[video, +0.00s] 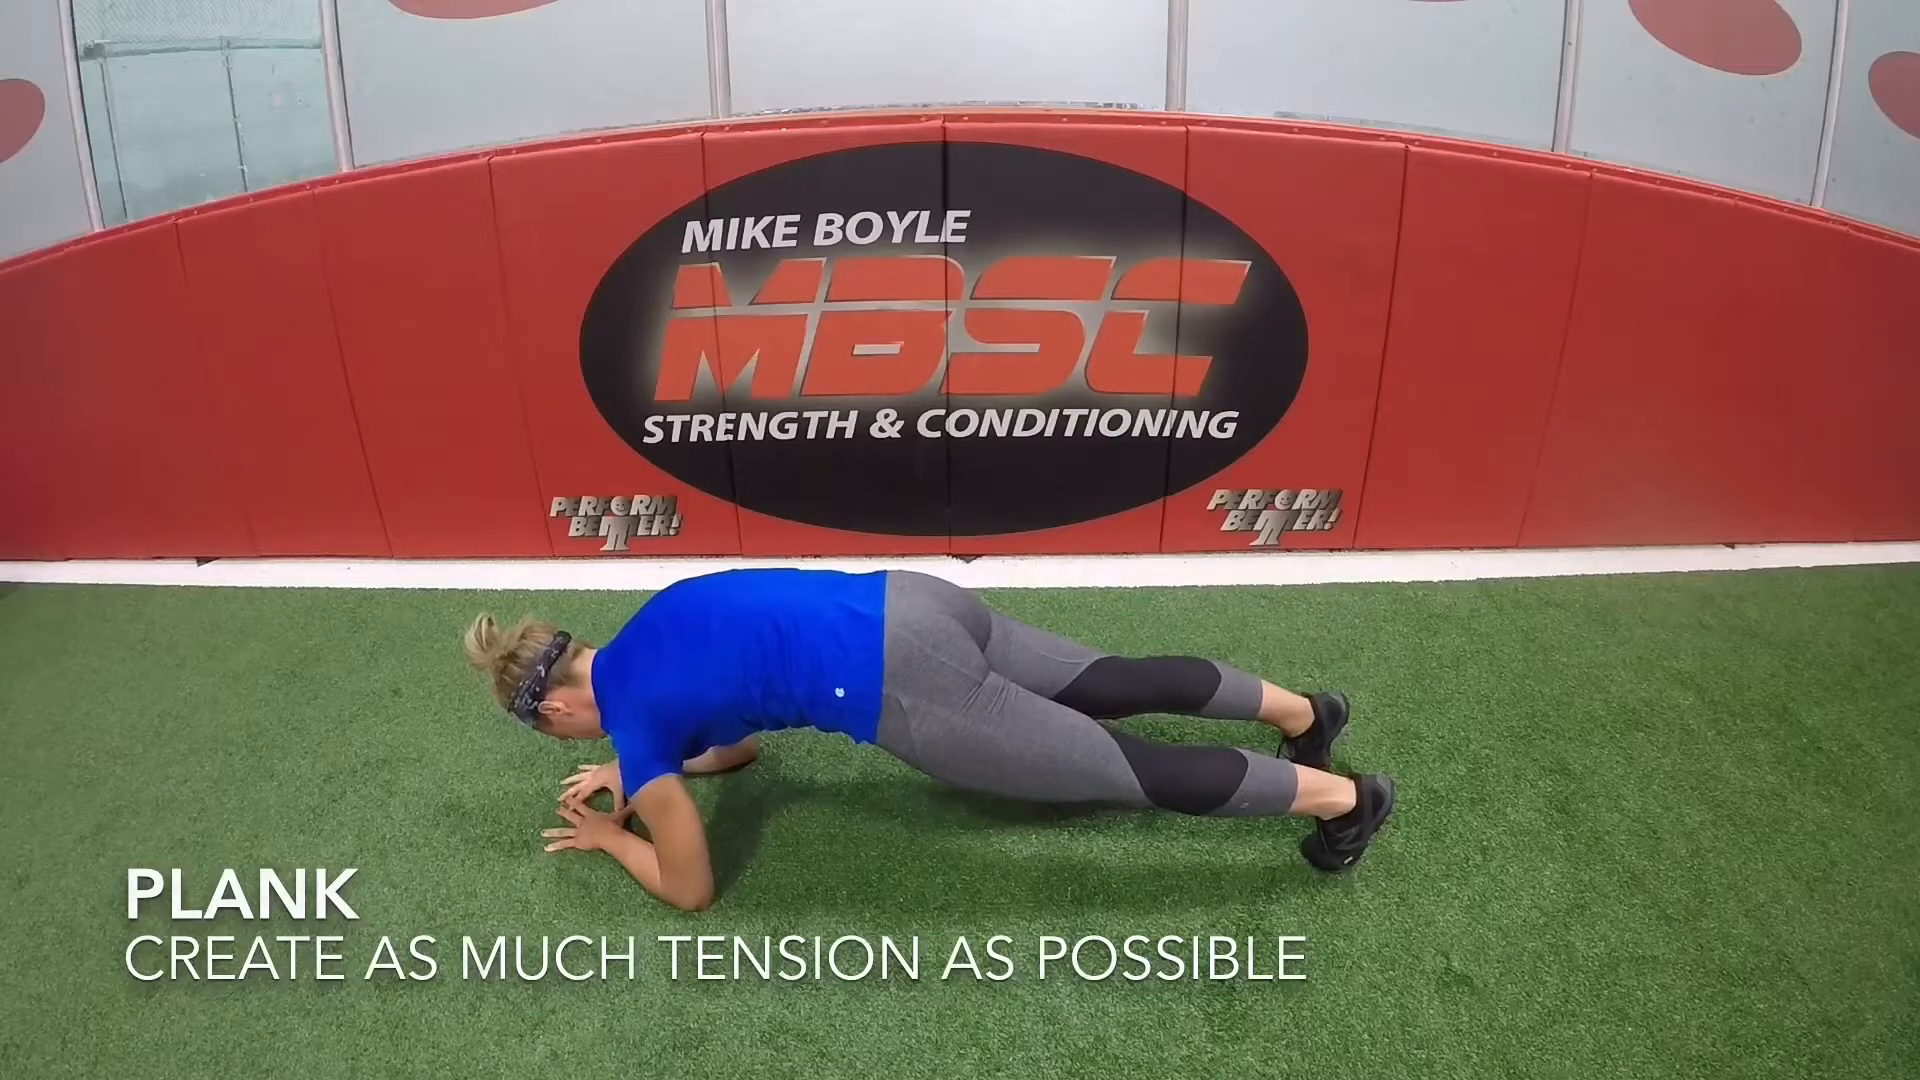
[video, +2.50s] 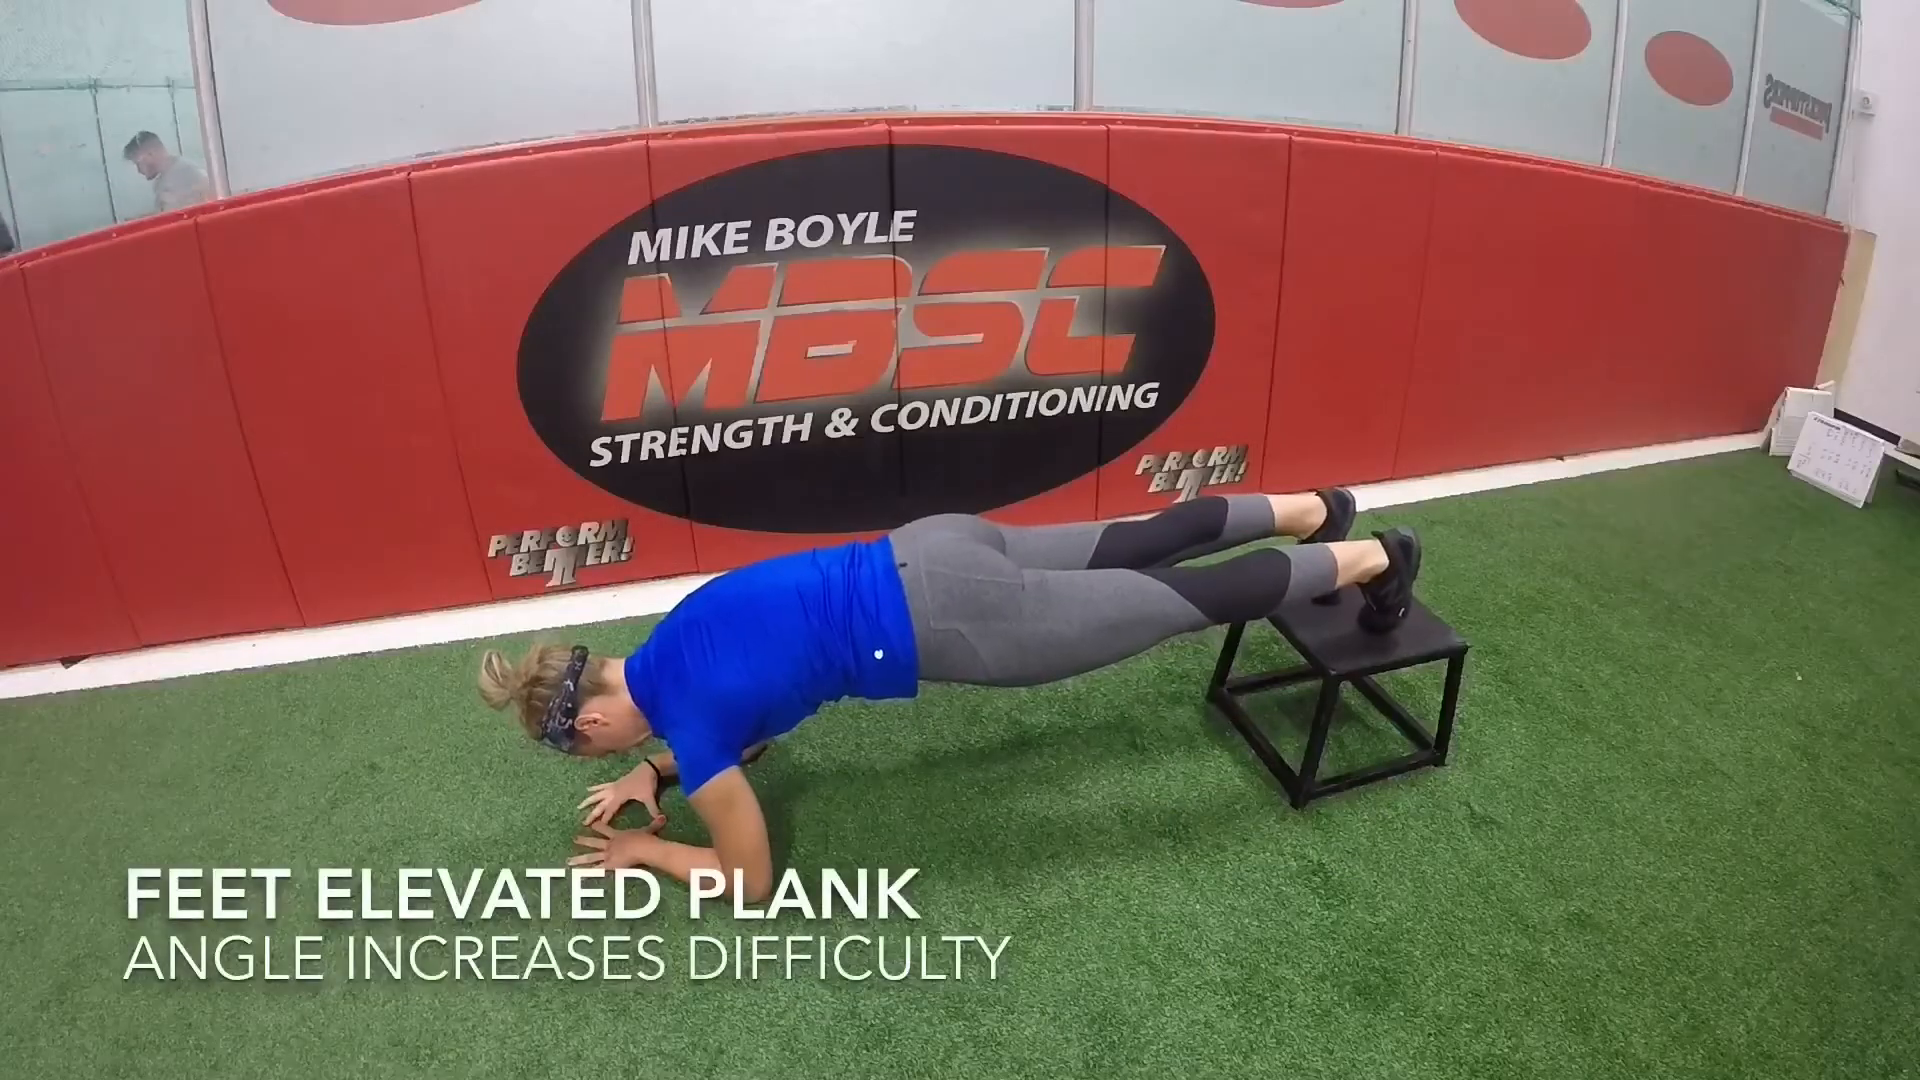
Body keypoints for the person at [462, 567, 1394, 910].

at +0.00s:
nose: (570, 737)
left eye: (555, 730)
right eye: (559, 730)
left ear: (561, 700)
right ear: (575, 649)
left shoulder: (633, 717)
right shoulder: (657, 612)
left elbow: (687, 885)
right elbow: (738, 742)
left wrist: (613, 840)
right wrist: (639, 778)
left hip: (899, 689)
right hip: (915, 594)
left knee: (1133, 771)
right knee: (1111, 680)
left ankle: (1342, 796)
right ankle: (1307, 715)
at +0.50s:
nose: (572, 736)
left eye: (556, 730)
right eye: (561, 730)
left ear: (560, 699)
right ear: (575, 648)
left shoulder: (631, 716)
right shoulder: (657, 609)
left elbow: (688, 885)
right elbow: (738, 740)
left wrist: (612, 840)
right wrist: (640, 777)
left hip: (900, 690)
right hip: (916, 593)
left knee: (1131, 771)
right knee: (1110, 681)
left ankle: (1343, 798)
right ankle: (1306, 714)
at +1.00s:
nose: (582, 744)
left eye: (564, 732)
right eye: (569, 734)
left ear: (575, 703)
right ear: (581, 660)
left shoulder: (650, 711)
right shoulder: (653, 627)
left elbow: (739, 878)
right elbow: (739, 759)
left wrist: (629, 852)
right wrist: (649, 782)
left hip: (897, 681)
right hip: (906, 583)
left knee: (1106, 774)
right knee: (1082, 670)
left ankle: (1325, 791)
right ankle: (1283, 706)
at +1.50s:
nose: (595, 754)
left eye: (579, 743)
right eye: (583, 745)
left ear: (592, 711)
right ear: (594, 672)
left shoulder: (683, 722)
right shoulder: (667, 633)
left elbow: (745, 881)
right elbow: (749, 747)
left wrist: (639, 855)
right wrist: (659, 802)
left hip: (932, 630)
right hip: (913, 537)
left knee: (1165, 608)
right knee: (1107, 545)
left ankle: (1337, 569)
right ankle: (1265, 508)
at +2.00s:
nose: (606, 753)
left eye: (590, 743)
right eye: (594, 746)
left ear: (602, 711)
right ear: (601, 674)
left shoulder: (692, 722)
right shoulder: (672, 633)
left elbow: (747, 879)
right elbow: (743, 744)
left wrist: (645, 854)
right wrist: (658, 798)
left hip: (939, 623)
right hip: (923, 538)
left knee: (1171, 605)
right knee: (1114, 543)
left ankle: (1344, 562)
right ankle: (1270, 507)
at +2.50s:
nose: (604, 750)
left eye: (589, 742)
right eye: (592, 743)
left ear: (599, 710)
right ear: (597, 669)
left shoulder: (690, 721)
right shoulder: (670, 629)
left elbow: (748, 879)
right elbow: (747, 738)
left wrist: (644, 852)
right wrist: (662, 790)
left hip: (937, 625)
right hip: (923, 540)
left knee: (1169, 605)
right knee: (1119, 543)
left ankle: (1341, 562)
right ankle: (1278, 509)